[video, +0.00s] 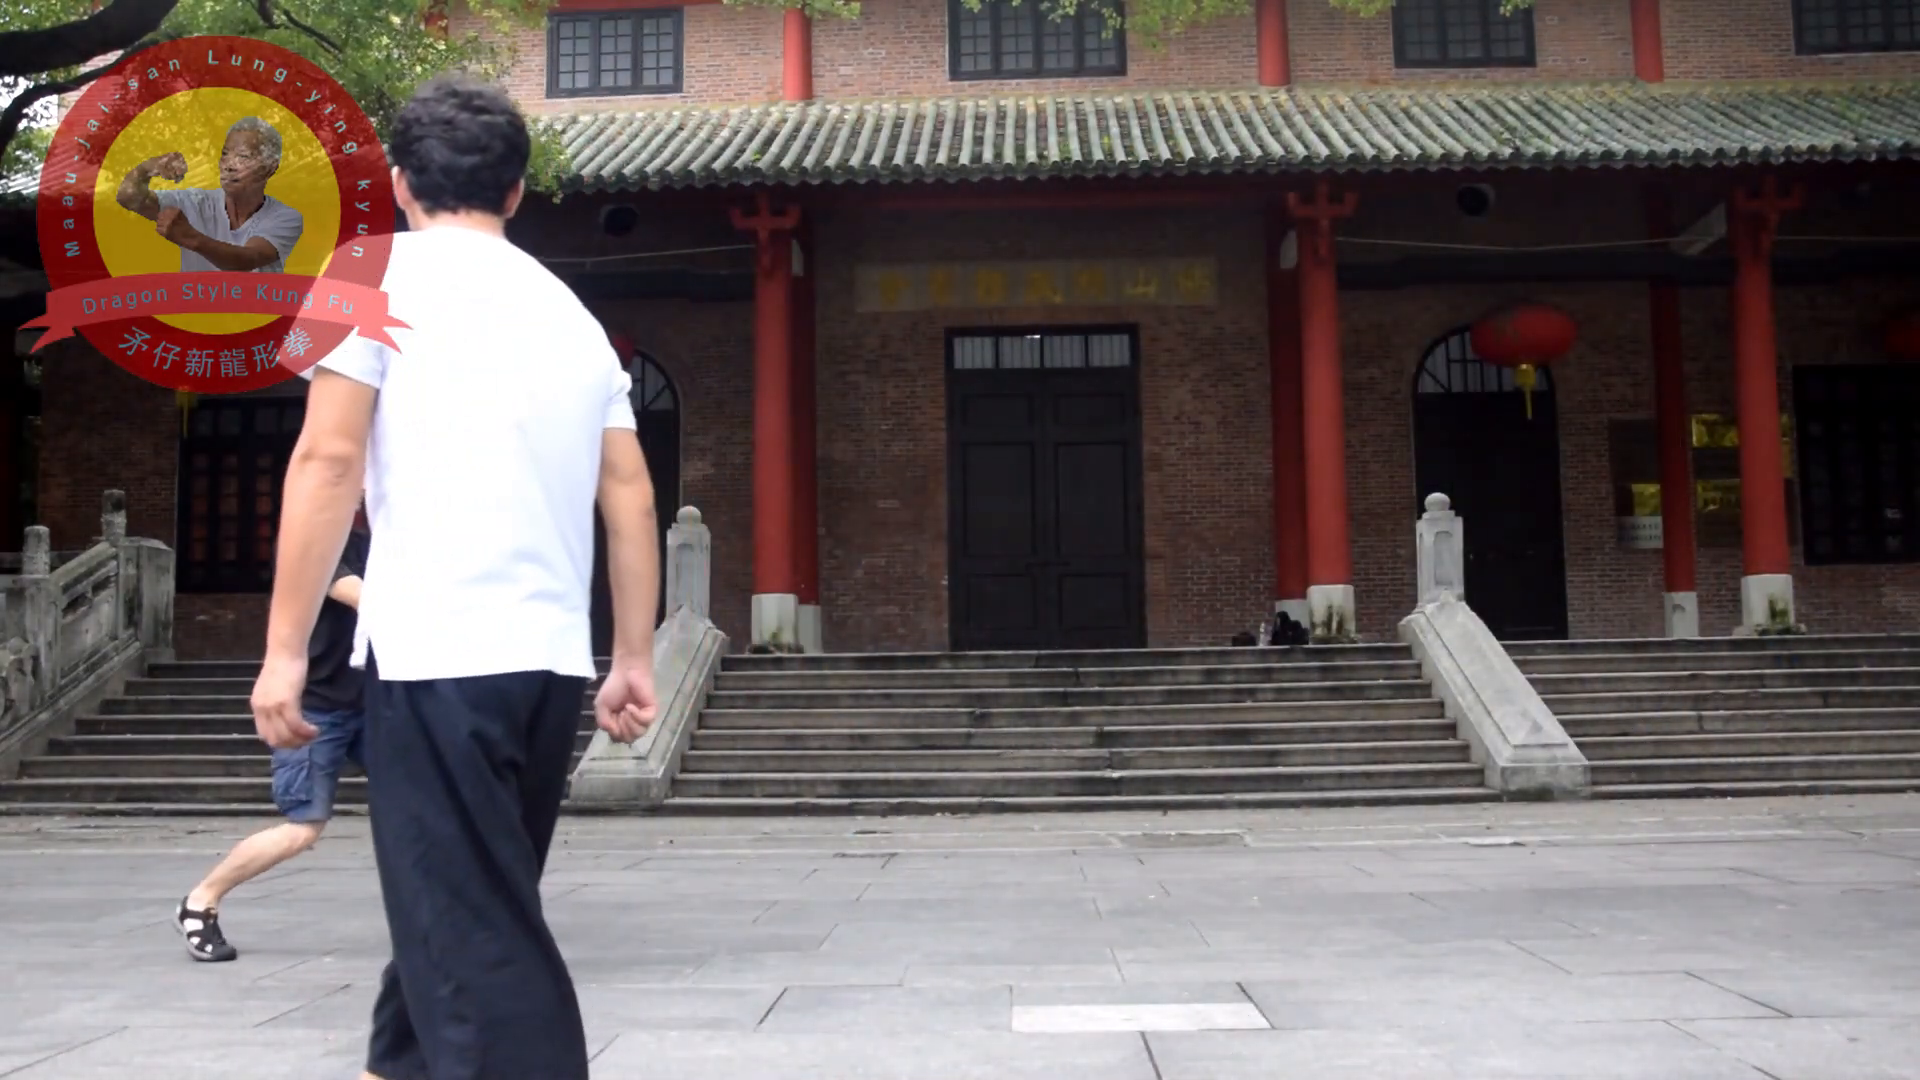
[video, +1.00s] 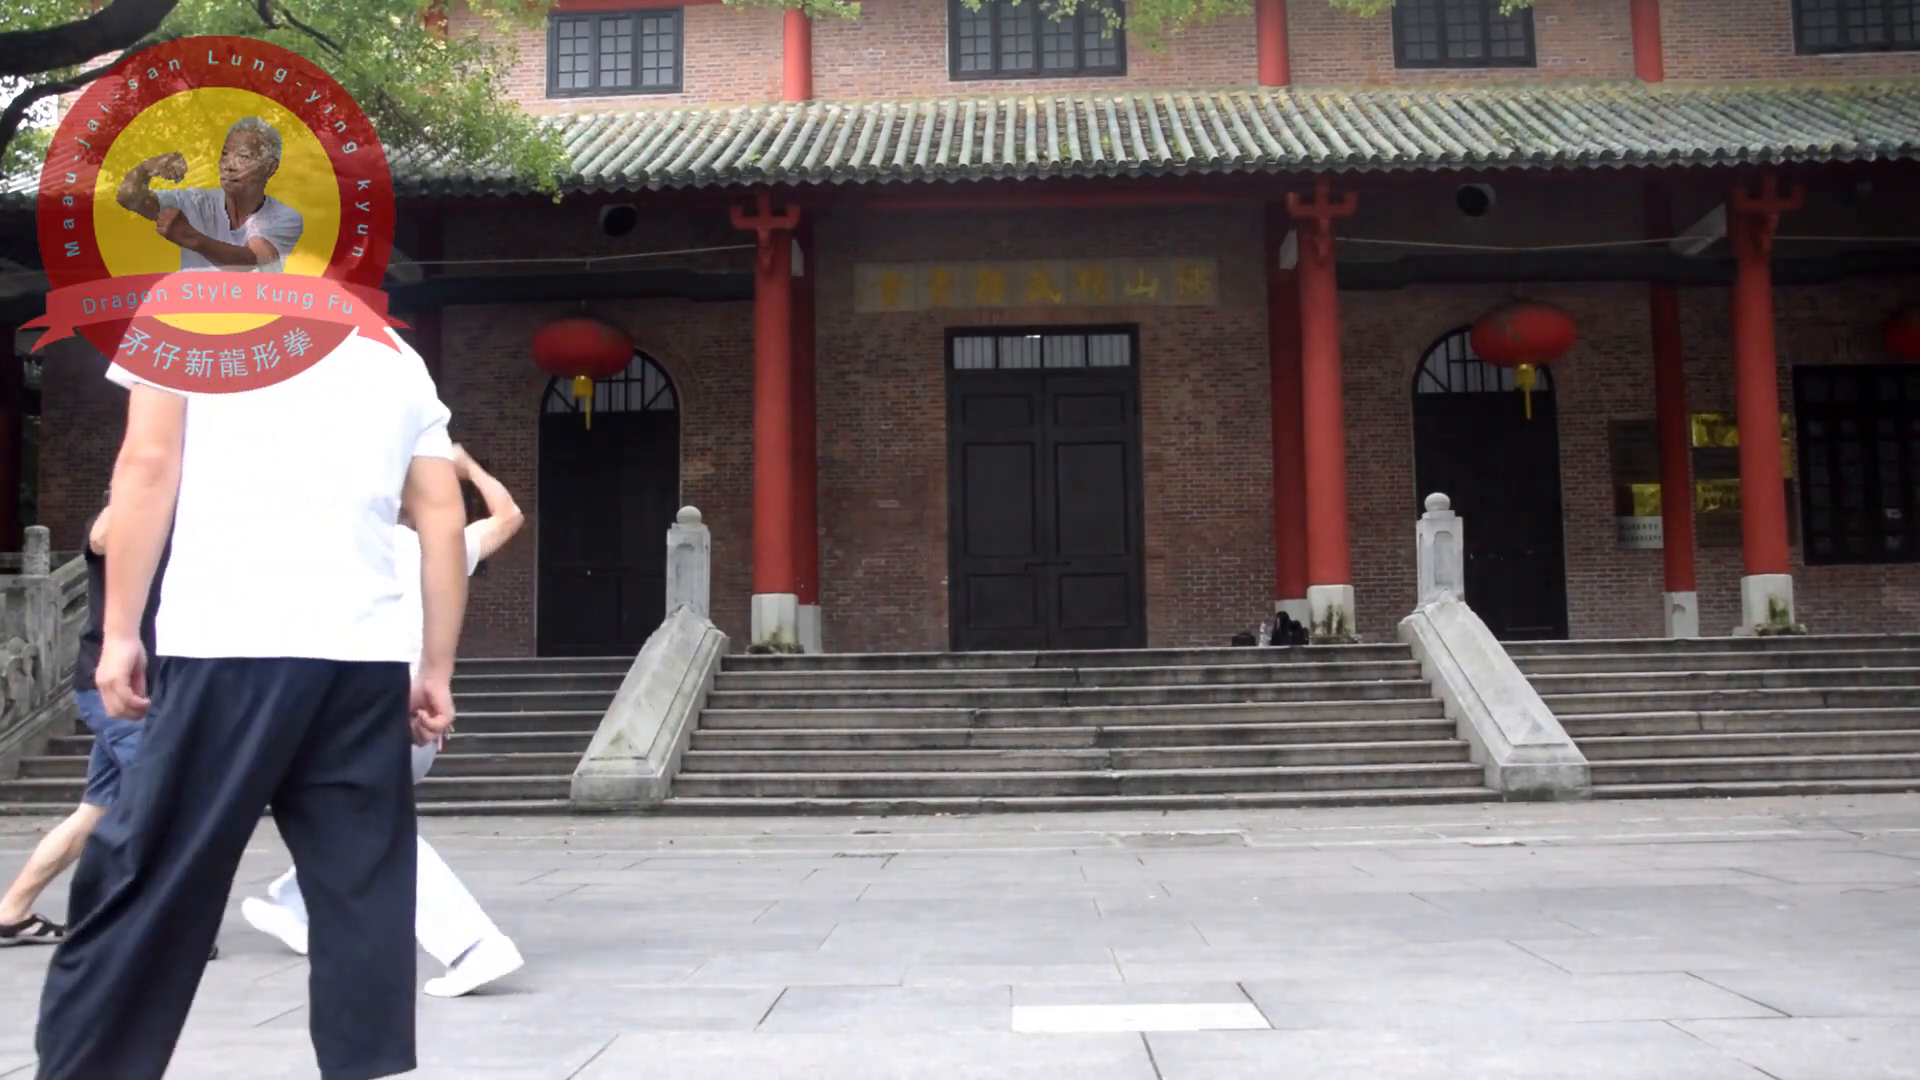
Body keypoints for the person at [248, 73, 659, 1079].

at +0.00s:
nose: (396, 194)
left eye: (397, 181)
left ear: (402, 186)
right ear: (515, 193)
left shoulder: (385, 273)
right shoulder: (576, 320)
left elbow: (330, 456)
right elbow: (628, 489)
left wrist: (284, 649)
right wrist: (635, 654)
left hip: (434, 672)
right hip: (556, 673)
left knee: (474, 943)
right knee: (453, 932)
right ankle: (404, 1065)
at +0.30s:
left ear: (343, 195)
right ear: (453, 218)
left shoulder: (310, 284)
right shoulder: (492, 338)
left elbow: (258, 448)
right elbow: (530, 508)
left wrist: (206, 622)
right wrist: (511, 660)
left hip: (350, 659)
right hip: (466, 662)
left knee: (363, 919)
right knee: (417, 914)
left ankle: (472, 1075)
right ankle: (384, 1071)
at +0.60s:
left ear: (322, 221)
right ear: (415, 242)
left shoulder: (260, 297)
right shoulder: (448, 351)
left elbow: (207, 450)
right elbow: (486, 521)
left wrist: (157, 608)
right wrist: (460, 661)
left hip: (296, 656)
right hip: (421, 666)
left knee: (237, 886)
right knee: (391, 903)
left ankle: (355, 1066)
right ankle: (390, 1074)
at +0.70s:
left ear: (314, 224)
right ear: (400, 243)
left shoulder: (245, 300)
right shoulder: (436, 351)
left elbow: (196, 458)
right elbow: (478, 525)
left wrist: (154, 607)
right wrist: (455, 666)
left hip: (279, 657)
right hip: (410, 667)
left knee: (208, 897)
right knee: (383, 919)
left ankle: (255, 1070)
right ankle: (378, 1071)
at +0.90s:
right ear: (352, 260)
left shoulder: (209, 307)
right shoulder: (411, 350)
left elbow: (170, 457)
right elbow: (459, 515)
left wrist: (137, 622)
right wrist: (448, 661)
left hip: (250, 644)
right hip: (385, 653)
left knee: (163, 891)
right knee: (372, 900)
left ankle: (126, 1064)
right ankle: (371, 1066)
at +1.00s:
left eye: (190, 255)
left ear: (222, 242)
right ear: (319, 249)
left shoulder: (184, 311)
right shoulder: (393, 352)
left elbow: (149, 465)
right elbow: (444, 512)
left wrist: (120, 628)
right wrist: (437, 665)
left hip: (227, 647)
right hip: (367, 655)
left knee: (143, 897)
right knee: (364, 902)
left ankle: (83, 1067)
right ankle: (367, 1066)